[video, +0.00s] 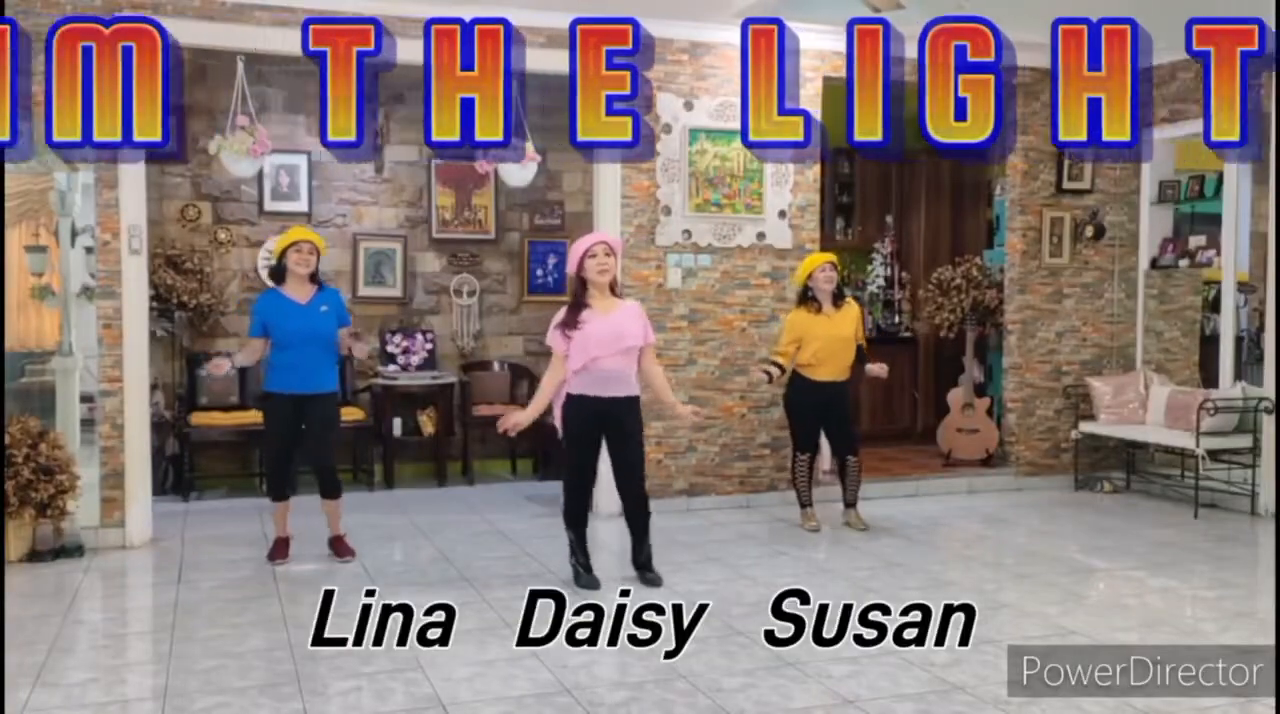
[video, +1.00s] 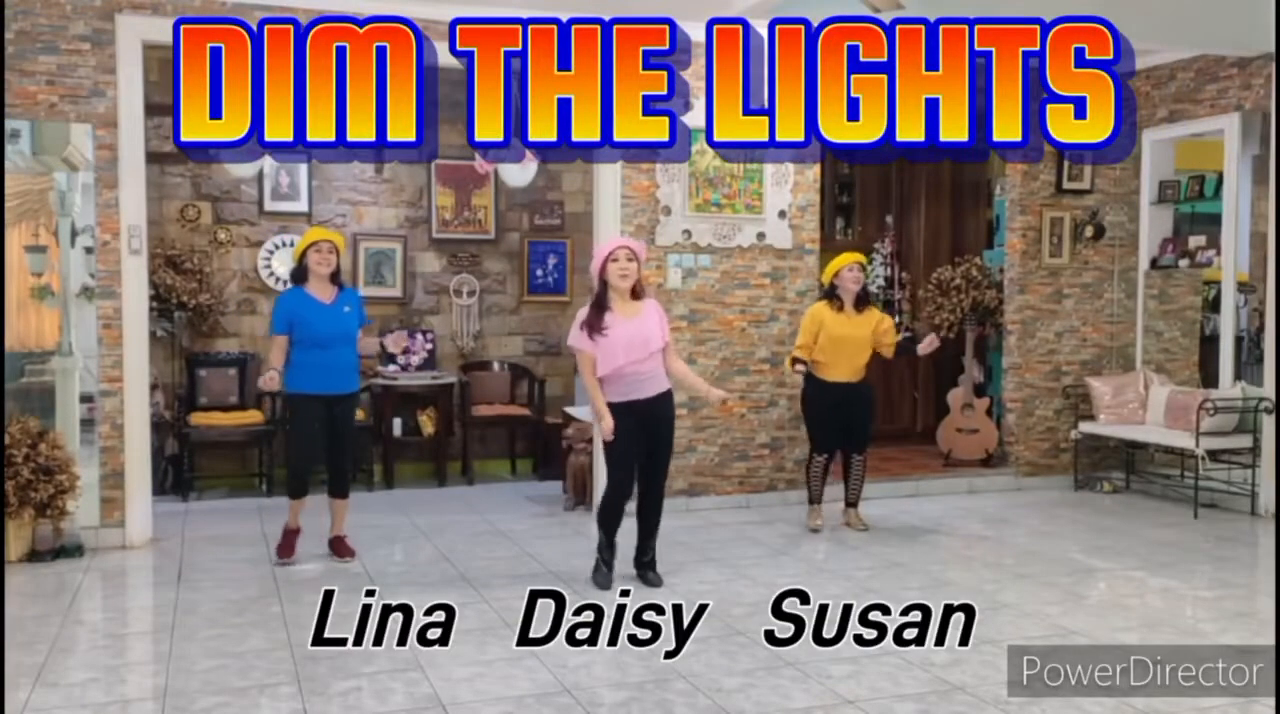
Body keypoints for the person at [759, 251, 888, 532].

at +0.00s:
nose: (828, 275)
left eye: (832, 270)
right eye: (821, 271)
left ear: (838, 277)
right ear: (809, 281)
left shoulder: (851, 310)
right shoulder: (799, 316)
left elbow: (859, 345)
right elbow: (783, 355)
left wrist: (867, 365)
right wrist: (769, 372)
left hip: (837, 389)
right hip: (803, 388)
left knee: (849, 451)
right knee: (805, 449)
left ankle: (851, 509)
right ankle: (807, 509)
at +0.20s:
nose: (838, 276)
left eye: (840, 271)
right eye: (830, 272)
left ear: (846, 278)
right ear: (817, 282)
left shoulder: (859, 309)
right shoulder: (810, 317)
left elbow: (866, 343)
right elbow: (796, 356)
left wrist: (880, 361)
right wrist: (786, 380)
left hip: (845, 390)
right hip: (811, 388)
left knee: (855, 451)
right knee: (809, 450)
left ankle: (851, 509)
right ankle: (807, 509)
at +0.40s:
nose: (847, 272)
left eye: (849, 268)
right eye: (840, 269)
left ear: (854, 275)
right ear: (826, 279)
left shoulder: (868, 309)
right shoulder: (816, 313)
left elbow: (876, 345)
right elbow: (805, 350)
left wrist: (897, 352)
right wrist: (796, 368)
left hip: (853, 387)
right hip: (819, 386)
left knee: (855, 450)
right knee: (818, 448)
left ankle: (851, 509)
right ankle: (810, 509)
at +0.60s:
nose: (854, 275)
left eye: (857, 270)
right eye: (847, 270)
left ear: (861, 277)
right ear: (832, 279)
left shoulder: (871, 313)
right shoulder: (818, 313)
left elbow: (876, 350)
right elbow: (807, 350)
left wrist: (897, 358)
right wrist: (803, 367)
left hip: (859, 388)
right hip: (826, 389)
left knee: (858, 450)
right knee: (832, 451)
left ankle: (852, 509)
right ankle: (832, 509)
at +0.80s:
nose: (856, 273)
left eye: (859, 269)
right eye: (850, 269)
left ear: (863, 276)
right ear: (835, 278)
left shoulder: (874, 312)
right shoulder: (820, 312)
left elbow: (882, 348)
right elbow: (807, 346)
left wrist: (908, 347)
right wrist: (804, 359)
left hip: (859, 388)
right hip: (826, 388)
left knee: (858, 449)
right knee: (831, 450)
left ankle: (852, 509)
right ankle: (830, 508)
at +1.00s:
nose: (857, 275)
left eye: (859, 271)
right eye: (850, 271)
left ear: (864, 278)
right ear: (835, 279)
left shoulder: (873, 317)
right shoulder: (819, 312)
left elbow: (891, 347)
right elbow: (803, 347)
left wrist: (917, 349)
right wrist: (800, 362)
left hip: (855, 389)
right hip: (820, 388)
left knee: (857, 450)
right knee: (823, 449)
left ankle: (851, 509)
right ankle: (815, 508)